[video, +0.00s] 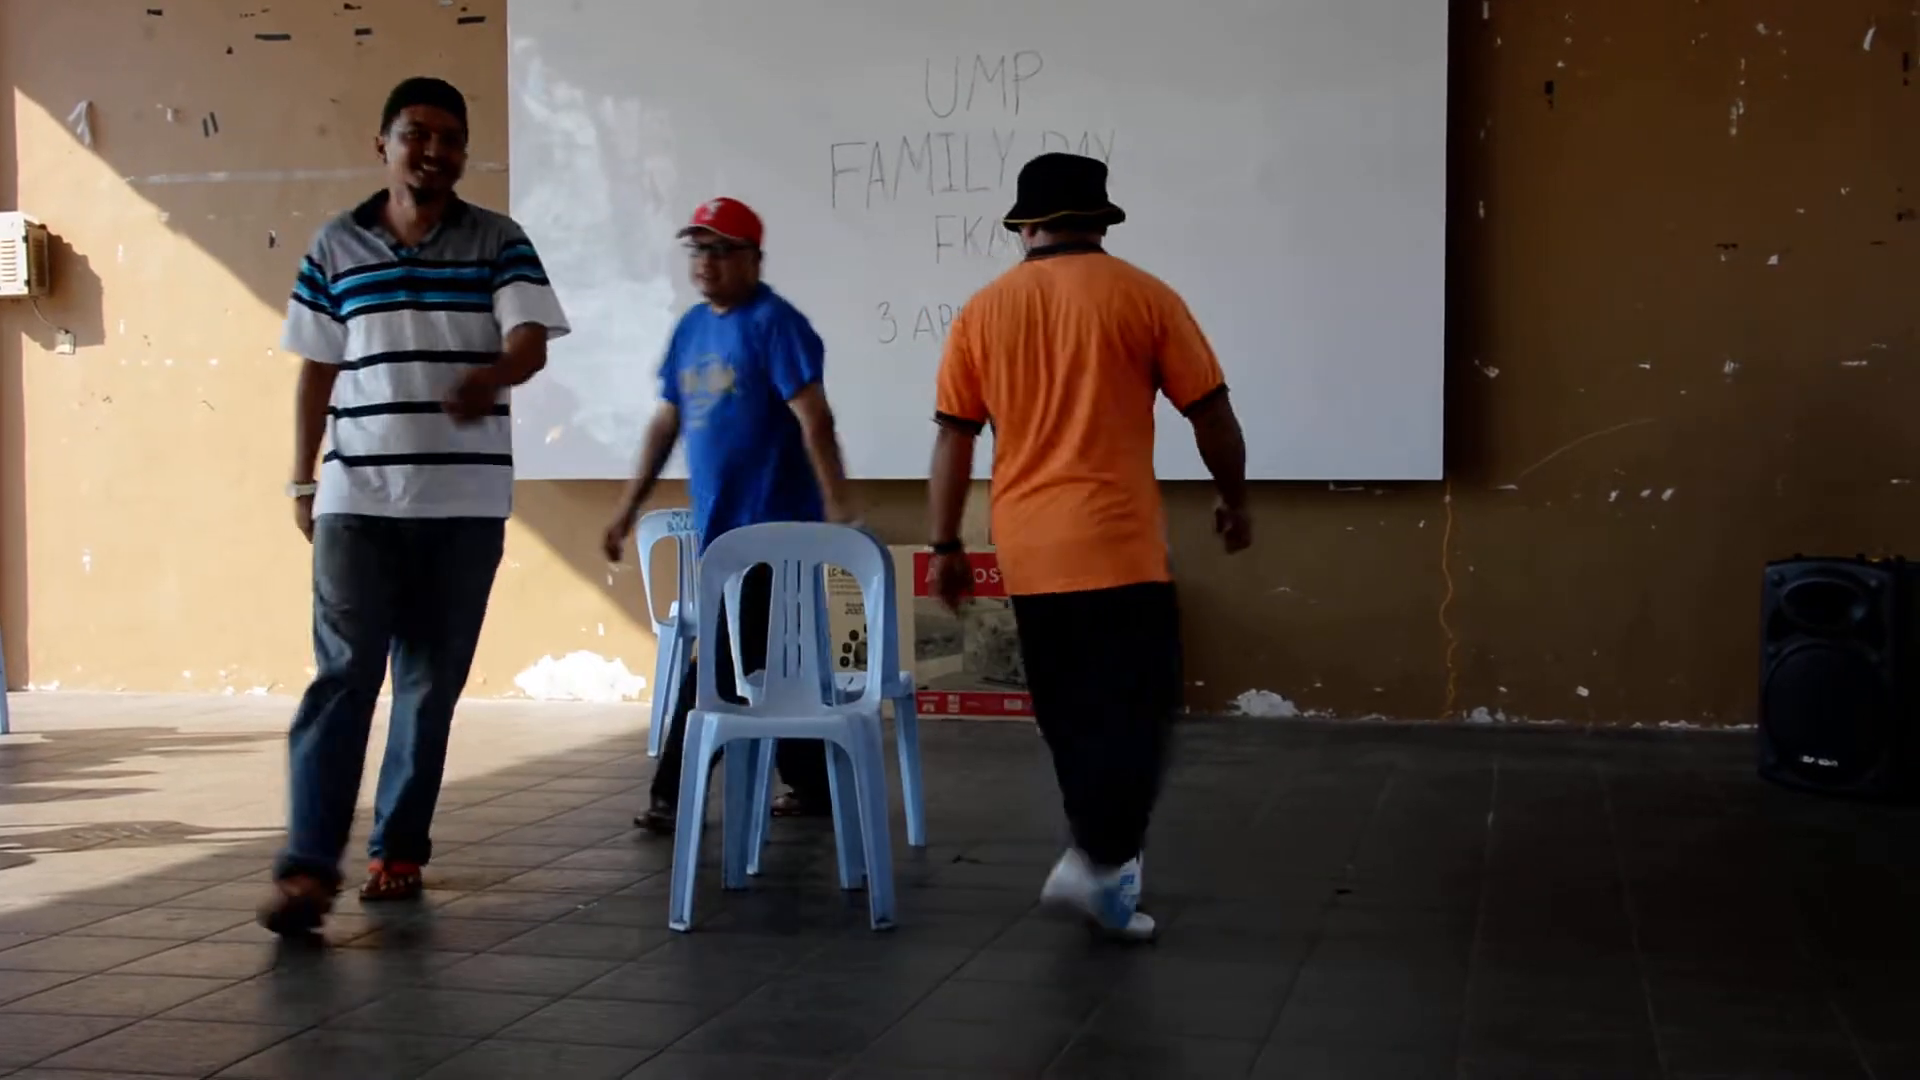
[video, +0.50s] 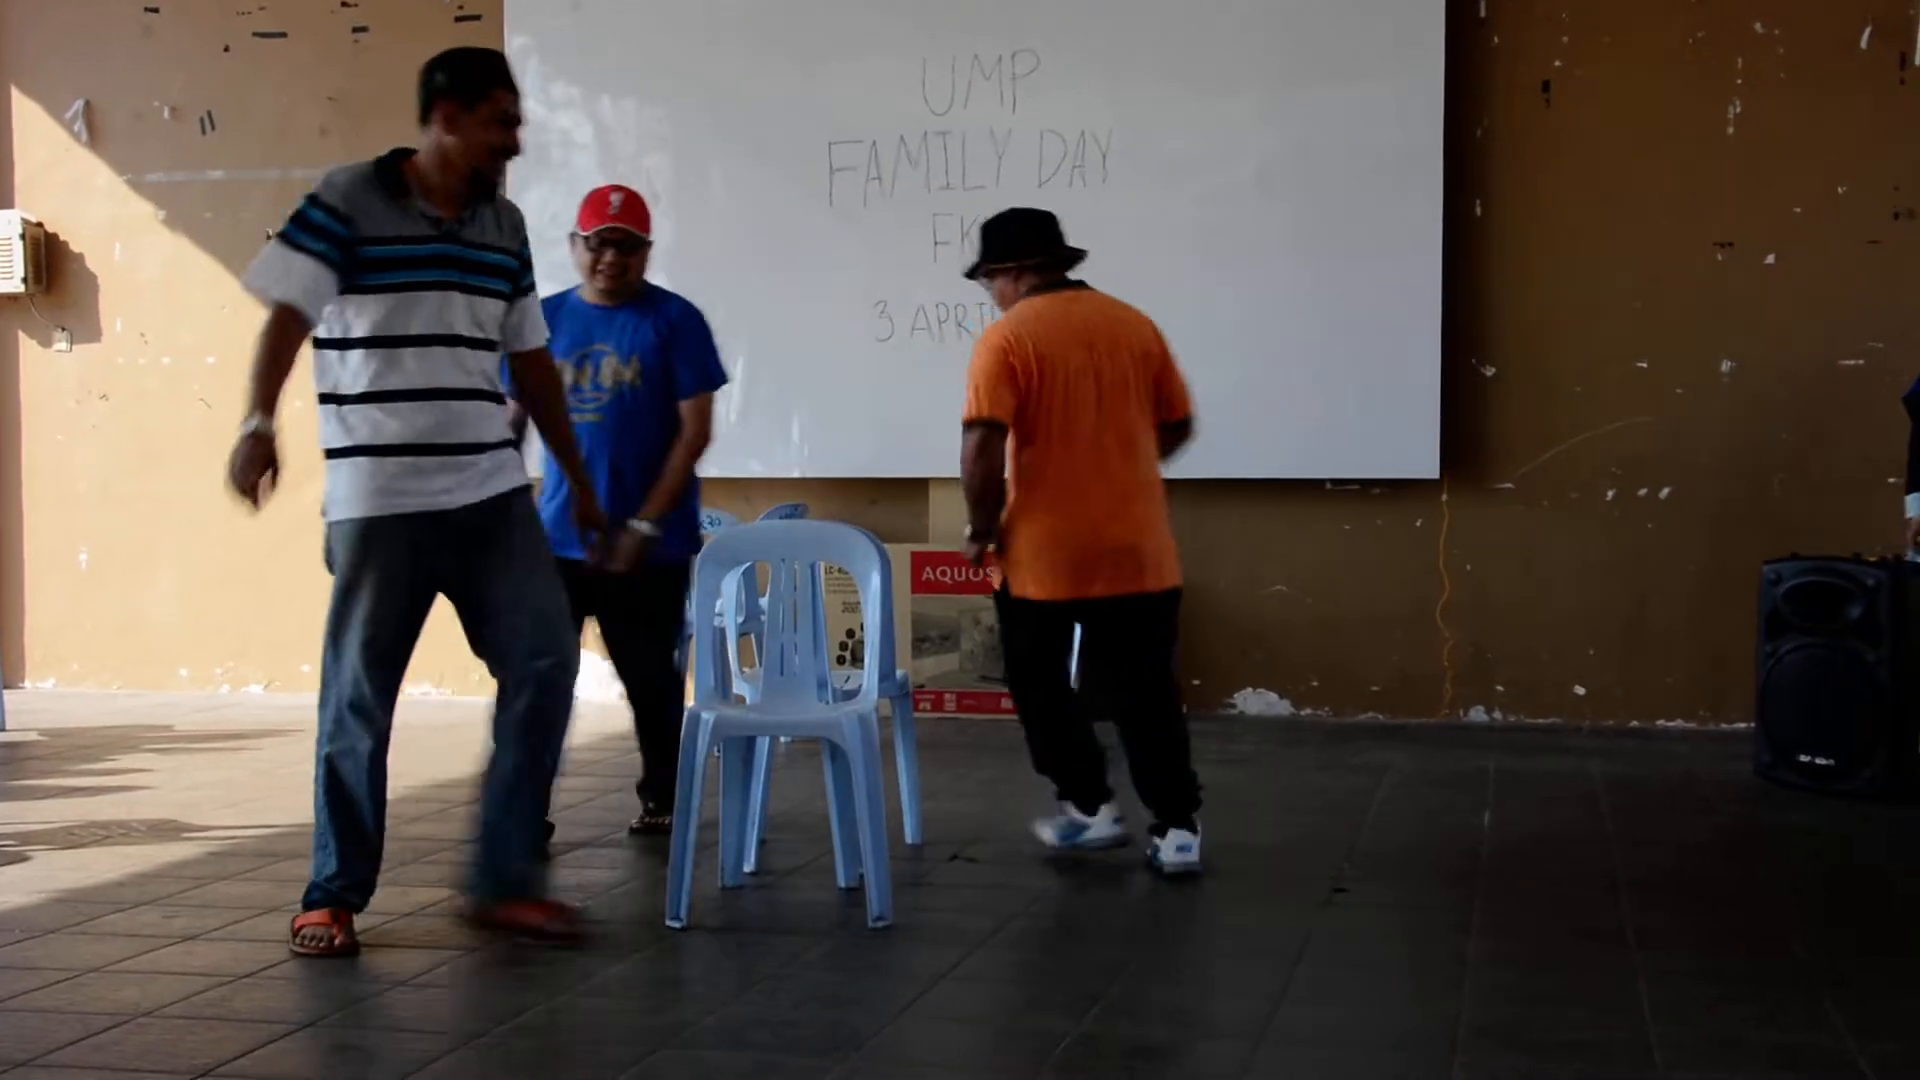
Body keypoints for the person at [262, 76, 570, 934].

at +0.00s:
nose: (432, 152)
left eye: (448, 139)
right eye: (416, 136)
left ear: (464, 153)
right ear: (383, 145)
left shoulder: (497, 241)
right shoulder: (339, 245)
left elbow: (532, 343)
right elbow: (318, 368)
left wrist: (494, 375)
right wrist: (304, 473)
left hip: (463, 504)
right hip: (358, 498)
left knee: (429, 689)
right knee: (341, 675)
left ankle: (400, 856)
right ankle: (308, 871)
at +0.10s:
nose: (430, 148)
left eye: (444, 136)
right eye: (414, 133)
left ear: (460, 150)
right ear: (376, 142)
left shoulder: (490, 243)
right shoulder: (325, 246)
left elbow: (520, 347)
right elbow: (302, 367)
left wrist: (477, 372)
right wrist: (279, 475)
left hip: (458, 507)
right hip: (352, 502)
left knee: (426, 690)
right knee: (348, 691)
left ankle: (397, 843)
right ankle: (331, 892)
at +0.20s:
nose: (441, 145)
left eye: (453, 132)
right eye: (425, 127)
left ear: (463, 142)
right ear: (376, 131)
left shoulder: (483, 234)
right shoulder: (313, 235)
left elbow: (505, 347)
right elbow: (287, 364)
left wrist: (472, 403)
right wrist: (254, 479)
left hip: (456, 503)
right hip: (349, 499)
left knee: (438, 698)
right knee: (346, 695)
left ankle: (385, 835)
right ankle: (331, 894)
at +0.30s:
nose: (458, 136)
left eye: (466, 123)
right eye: (441, 119)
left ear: (469, 131)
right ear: (386, 121)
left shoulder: (485, 228)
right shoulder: (311, 222)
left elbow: (502, 353)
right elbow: (273, 353)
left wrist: (493, 459)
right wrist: (235, 473)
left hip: (458, 500)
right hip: (347, 501)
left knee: (477, 686)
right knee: (343, 701)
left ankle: (393, 793)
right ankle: (330, 894)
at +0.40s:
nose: (483, 138)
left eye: (489, 122)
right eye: (468, 120)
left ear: (481, 126)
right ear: (408, 116)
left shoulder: (490, 224)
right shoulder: (323, 208)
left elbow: (512, 358)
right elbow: (269, 333)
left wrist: (544, 468)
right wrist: (235, 452)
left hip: (472, 496)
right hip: (359, 501)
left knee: (517, 670)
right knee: (348, 703)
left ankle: (414, 821)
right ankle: (331, 896)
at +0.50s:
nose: (513, 143)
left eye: (517, 127)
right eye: (501, 126)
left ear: (483, 125)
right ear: (443, 116)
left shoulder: (502, 223)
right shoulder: (349, 201)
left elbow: (530, 360)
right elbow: (287, 317)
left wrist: (579, 478)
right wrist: (257, 423)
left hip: (492, 501)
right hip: (380, 504)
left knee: (544, 663)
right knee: (356, 704)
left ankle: (508, 884)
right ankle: (333, 895)